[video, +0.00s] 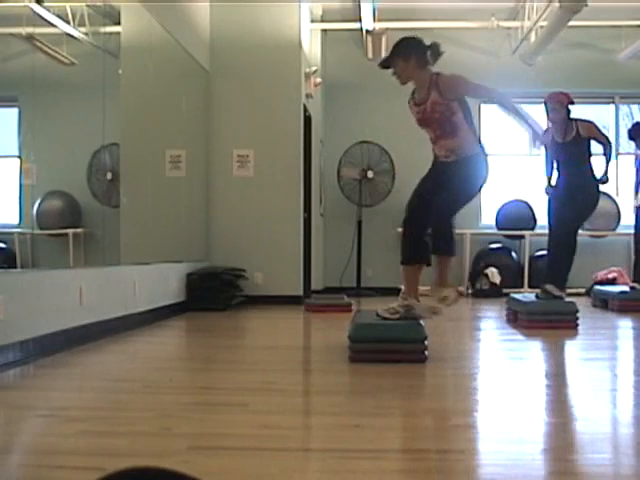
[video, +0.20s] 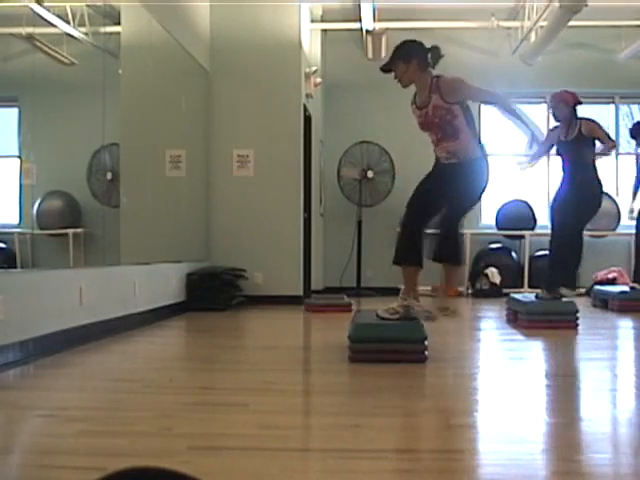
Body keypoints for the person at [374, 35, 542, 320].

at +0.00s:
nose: (393, 72)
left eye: (396, 65)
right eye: (392, 67)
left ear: (413, 61)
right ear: (410, 64)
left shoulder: (448, 84)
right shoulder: (414, 98)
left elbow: (497, 97)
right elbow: (440, 126)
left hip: (469, 164)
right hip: (441, 166)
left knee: (440, 213)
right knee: (413, 218)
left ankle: (443, 289)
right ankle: (409, 298)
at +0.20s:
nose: (394, 75)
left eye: (397, 68)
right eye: (393, 70)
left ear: (414, 64)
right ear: (412, 66)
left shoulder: (449, 86)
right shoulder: (417, 100)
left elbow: (499, 101)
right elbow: (445, 127)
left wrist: (533, 133)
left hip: (471, 168)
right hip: (442, 169)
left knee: (448, 222)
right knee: (412, 221)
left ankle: (449, 300)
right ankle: (408, 299)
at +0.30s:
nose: (410, 68)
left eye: (412, 61)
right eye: (408, 63)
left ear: (428, 55)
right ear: (423, 58)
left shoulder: (460, 80)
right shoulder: (430, 93)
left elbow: (479, 129)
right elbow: (431, 136)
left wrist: (460, 141)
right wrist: (417, 169)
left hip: (482, 159)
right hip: (455, 163)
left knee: (478, 227)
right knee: (431, 222)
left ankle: (496, 304)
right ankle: (410, 299)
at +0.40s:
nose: (426, 74)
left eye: (428, 67)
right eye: (425, 69)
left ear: (444, 62)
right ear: (440, 66)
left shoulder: (471, 88)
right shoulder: (443, 105)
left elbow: (455, 117)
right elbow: (419, 131)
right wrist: (380, 140)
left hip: (497, 169)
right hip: (470, 174)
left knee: (508, 232)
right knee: (437, 224)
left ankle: (541, 300)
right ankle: (410, 301)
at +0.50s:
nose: (446, 93)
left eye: (449, 86)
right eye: (444, 87)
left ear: (464, 82)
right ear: (460, 86)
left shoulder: (483, 103)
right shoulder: (464, 114)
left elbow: (436, 107)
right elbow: (425, 121)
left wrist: (399, 99)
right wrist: (389, 108)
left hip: (518, 192)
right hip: (493, 194)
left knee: (540, 258)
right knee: (446, 235)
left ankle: (578, 325)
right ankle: (410, 302)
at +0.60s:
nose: (464, 104)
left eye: (467, 98)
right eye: (463, 98)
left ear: (482, 95)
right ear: (484, 97)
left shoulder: (501, 120)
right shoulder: (486, 130)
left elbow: (460, 116)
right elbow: (450, 134)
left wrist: (428, 92)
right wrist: (427, 105)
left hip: (536, 201)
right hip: (518, 205)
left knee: (558, 268)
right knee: (465, 242)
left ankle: (589, 336)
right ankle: (417, 299)